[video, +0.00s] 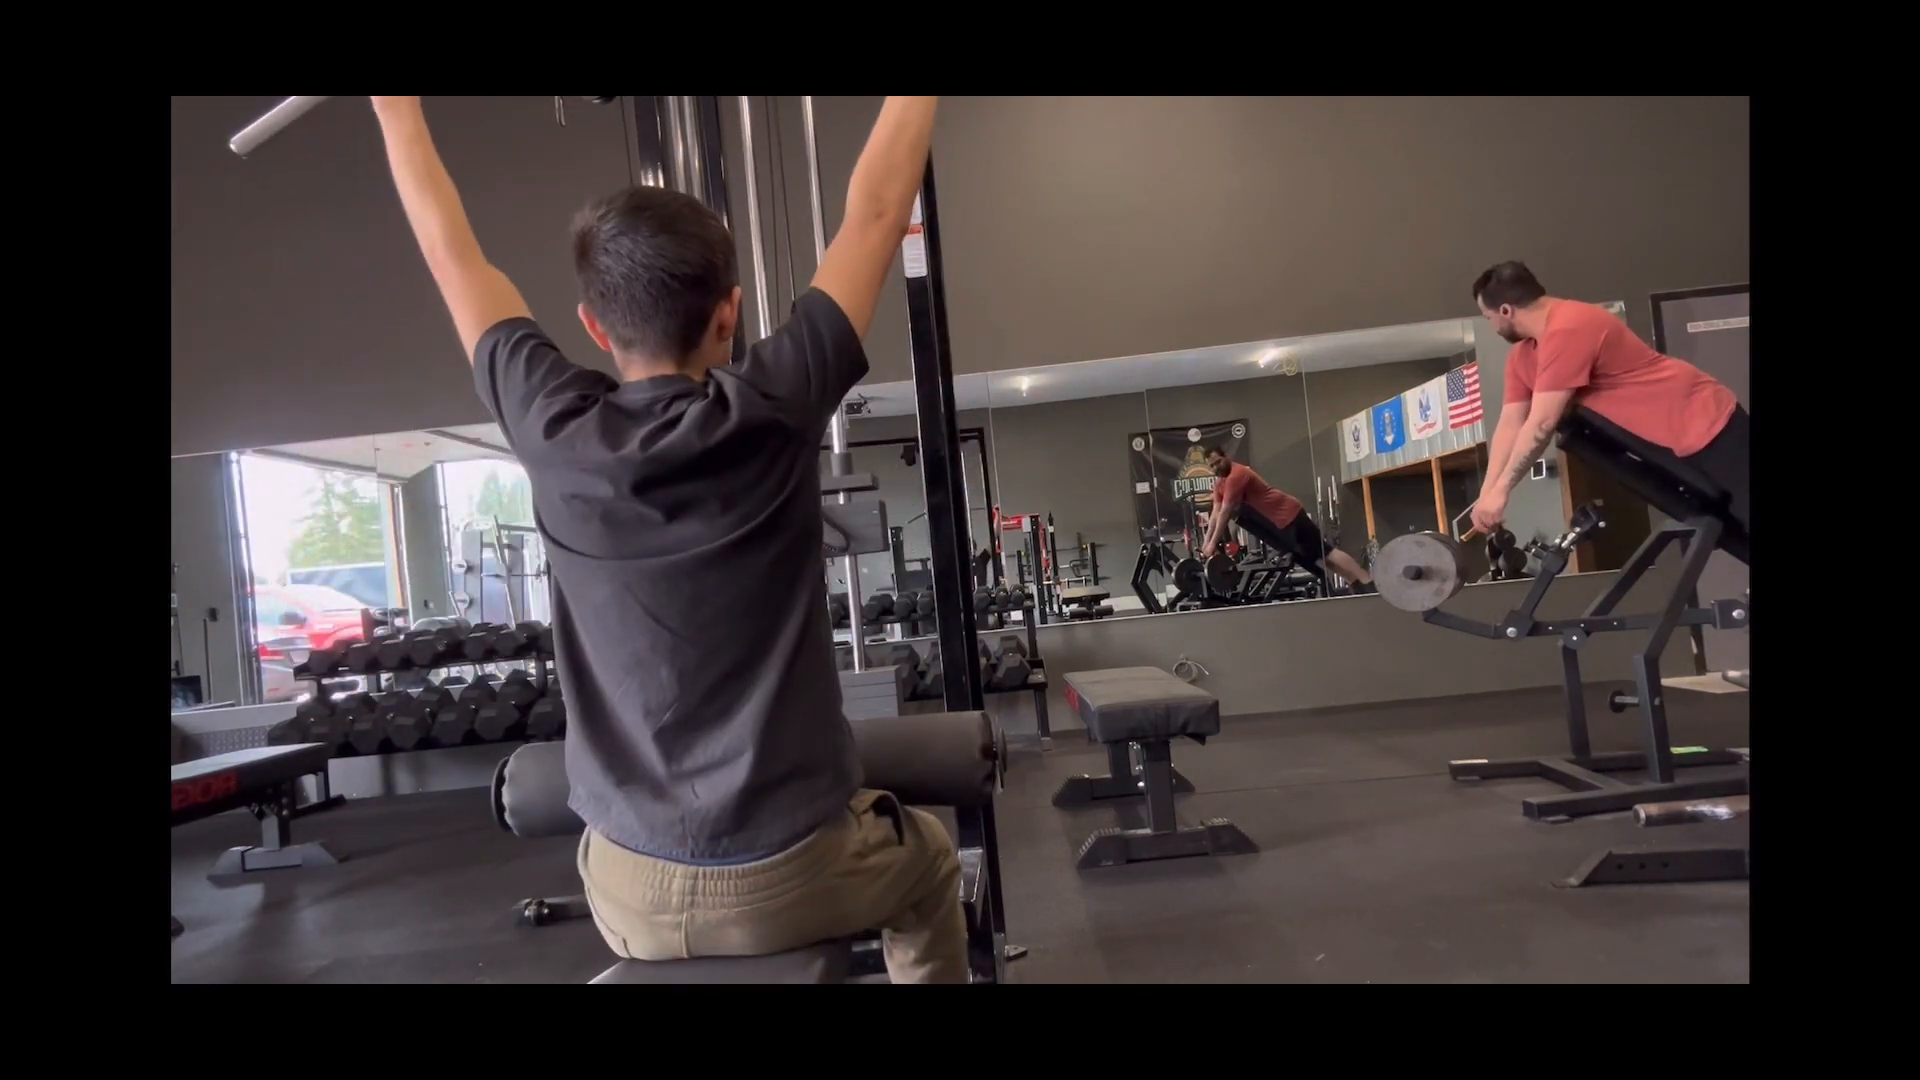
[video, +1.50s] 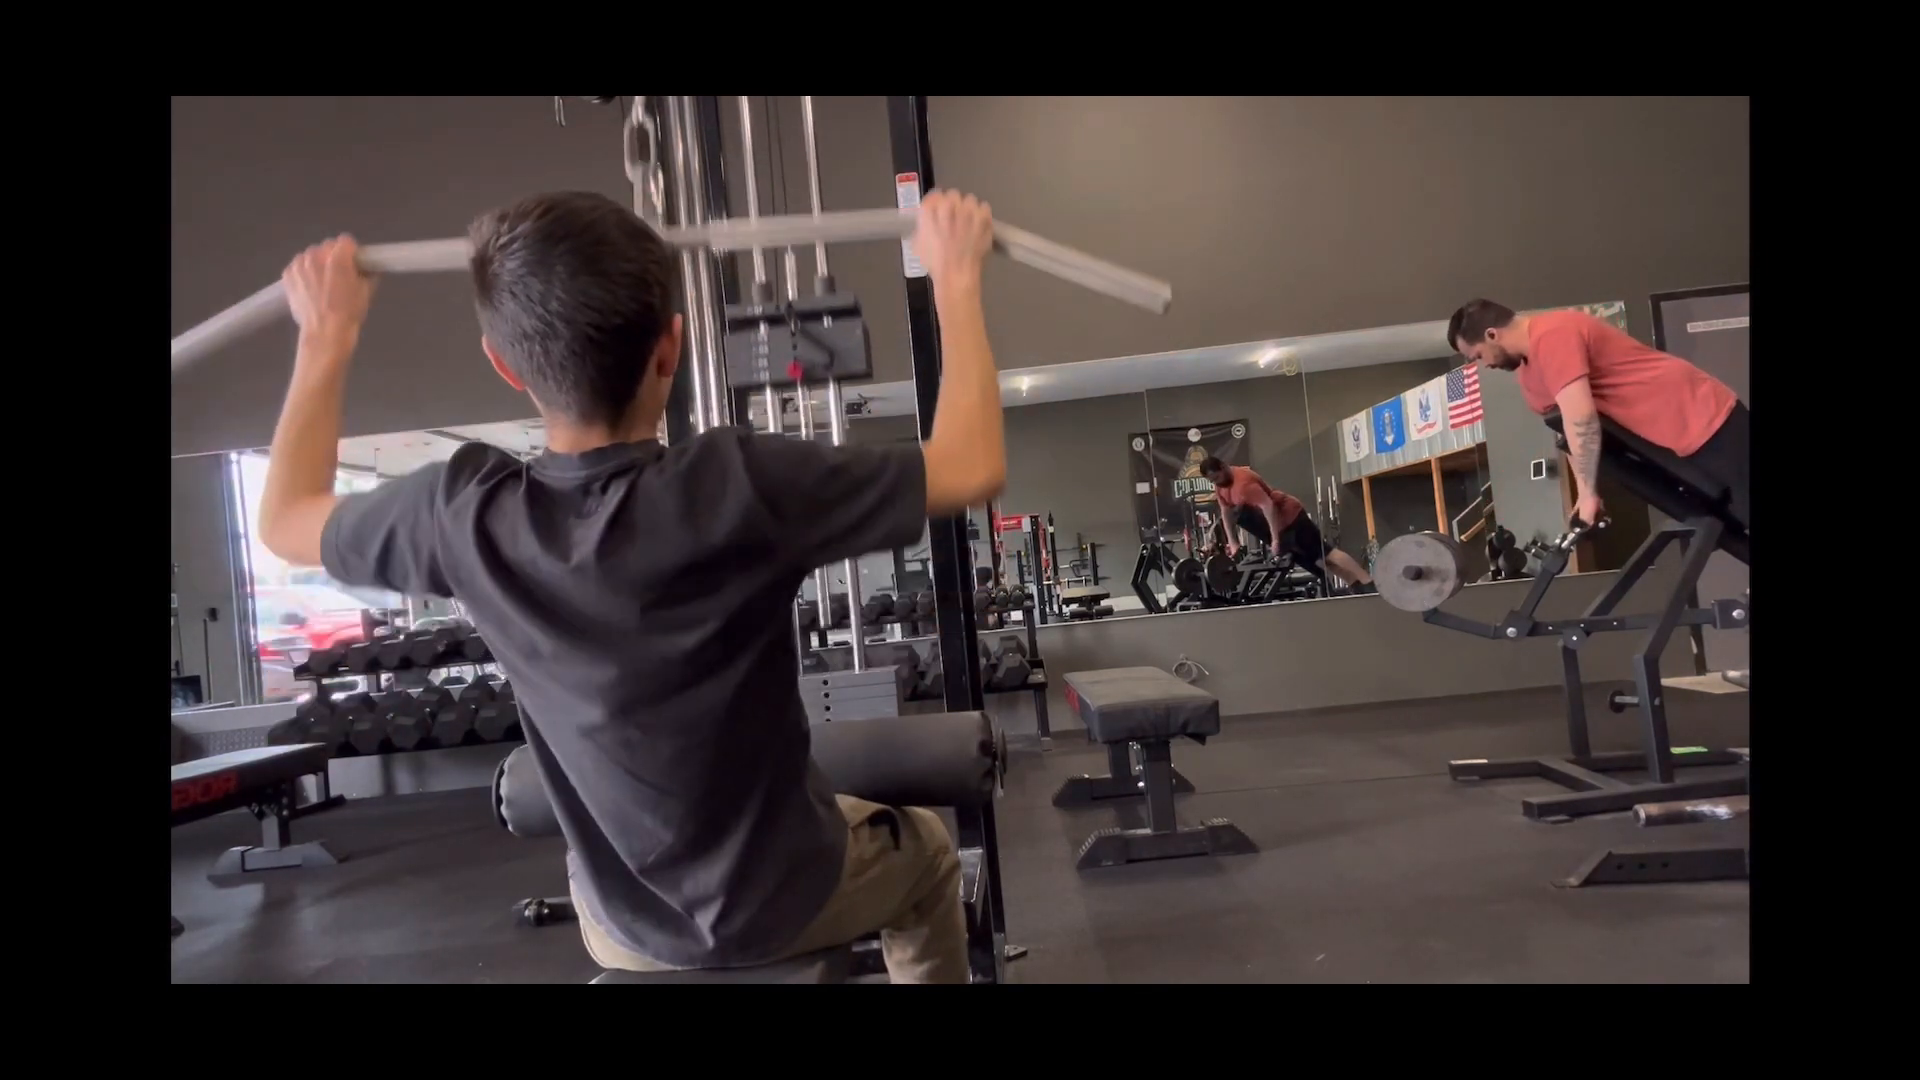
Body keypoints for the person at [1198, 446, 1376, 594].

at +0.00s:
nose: (1217, 465)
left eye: (1219, 460)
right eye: (1212, 464)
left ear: (1226, 457)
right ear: (1210, 468)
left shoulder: (1238, 474)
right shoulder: (1219, 484)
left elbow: (1226, 511)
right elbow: (1216, 512)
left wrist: (1213, 542)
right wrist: (1207, 540)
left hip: (1290, 513)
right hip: (1279, 525)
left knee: (1325, 550)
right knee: (1318, 558)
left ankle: (1368, 582)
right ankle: (1355, 584)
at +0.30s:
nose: (1216, 466)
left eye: (1218, 461)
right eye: (1211, 465)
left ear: (1226, 457)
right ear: (1209, 468)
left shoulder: (1238, 475)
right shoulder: (1219, 483)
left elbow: (1226, 513)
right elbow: (1215, 513)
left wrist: (1213, 543)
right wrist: (1206, 540)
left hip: (1289, 514)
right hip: (1278, 525)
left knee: (1325, 550)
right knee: (1316, 558)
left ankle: (1368, 582)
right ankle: (1355, 584)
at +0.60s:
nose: (1213, 474)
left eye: (1213, 469)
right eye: (1209, 472)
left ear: (1222, 461)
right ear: (1207, 471)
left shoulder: (1238, 476)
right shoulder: (1219, 484)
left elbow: (1235, 513)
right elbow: (1218, 512)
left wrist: (1221, 543)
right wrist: (1209, 539)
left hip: (1290, 515)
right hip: (1278, 526)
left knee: (1324, 550)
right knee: (1316, 558)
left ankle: (1367, 581)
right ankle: (1354, 583)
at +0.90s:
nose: (1214, 475)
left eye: (1214, 470)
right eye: (1210, 473)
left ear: (1221, 463)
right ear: (1208, 473)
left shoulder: (1240, 475)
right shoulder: (1220, 485)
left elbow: (1257, 505)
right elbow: (1225, 510)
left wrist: (1258, 537)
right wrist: (1223, 538)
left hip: (1289, 514)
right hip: (1274, 525)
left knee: (1323, 551)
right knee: (1313, 559)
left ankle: (1368, 581)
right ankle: (1354, 583)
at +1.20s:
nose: (1217, 477)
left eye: (1217, 472)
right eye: (1212, 476)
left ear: (1223, 465)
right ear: (1209, 476)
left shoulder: (1244, 481)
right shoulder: (1221, 487)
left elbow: (1267, 507)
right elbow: (1226, 515)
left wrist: (1279, 538)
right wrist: (1232, 541)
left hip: (1291, 514)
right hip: (1276, 524)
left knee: (1326, 551)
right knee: (1317, 559)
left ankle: (1368, 581)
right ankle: (1354, 583)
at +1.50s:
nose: (1218, 479)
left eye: (1218, 474)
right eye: (1213, 478)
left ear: (1224, 467)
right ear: (1209, 479)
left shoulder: (1243, 483)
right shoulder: (1221, 489)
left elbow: (1269, 507)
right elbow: (1226, 515)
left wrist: (1275, 540)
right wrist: (1232, 542)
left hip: (1290, 515)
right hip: (1276, 525)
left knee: (1325, 551)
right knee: (1316, 560)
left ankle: (1368, 582)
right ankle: (1354, 584)